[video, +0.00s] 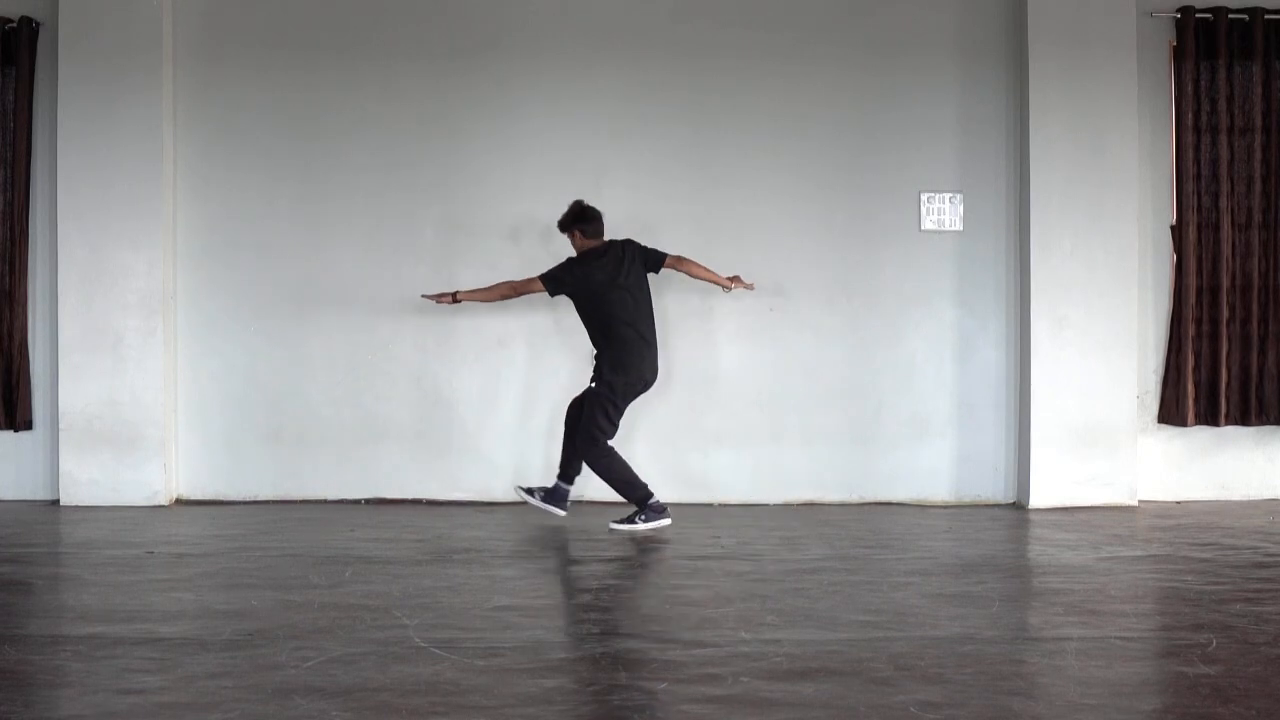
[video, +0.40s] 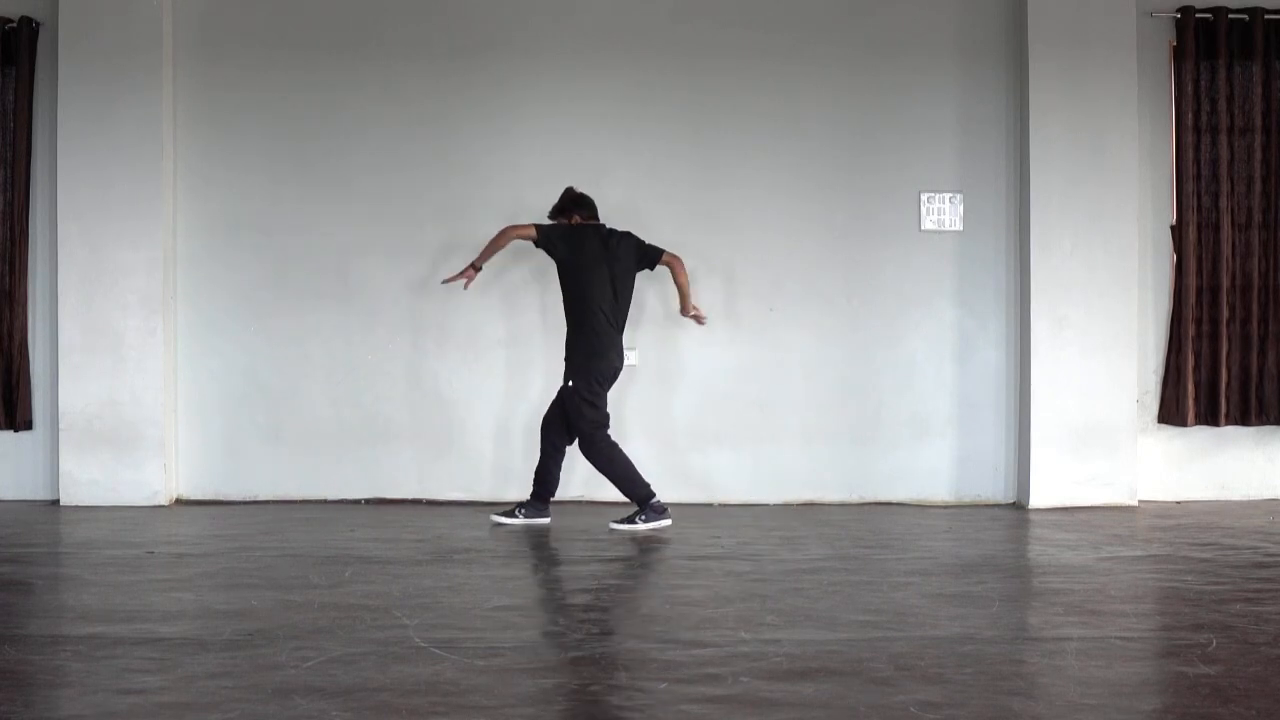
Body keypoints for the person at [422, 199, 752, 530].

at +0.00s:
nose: (570, 242)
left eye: (570, 236)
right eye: (571, 235)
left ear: (576, 234)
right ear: (601, 229)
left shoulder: (574, 269)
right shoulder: (631, 251)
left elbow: (516, 289)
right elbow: (682, 264)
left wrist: (462, 296)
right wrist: (725, 281)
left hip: (617, 371)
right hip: (644, 367)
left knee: (590, 442)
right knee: (577, 412)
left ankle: (650, 506)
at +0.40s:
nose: (558, 228)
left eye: (559, 222)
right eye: (558, 224)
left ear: (571, 219)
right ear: (593, 217)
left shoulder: (567, 236)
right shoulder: (626, 242)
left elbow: (512, 231)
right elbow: (675, 262)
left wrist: (476, 264)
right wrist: (687, 304)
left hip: (586, 357)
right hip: (610, 358)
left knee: (592, 439)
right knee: (555, 426)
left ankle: (651, 506)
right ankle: (538, 505)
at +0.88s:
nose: (612, 216)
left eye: (609, 209)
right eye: (605, 208)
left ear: (613, 212)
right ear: (590, 212)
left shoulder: (626, 245)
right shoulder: (573, 241)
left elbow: (644, 220)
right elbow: (557, 270)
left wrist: (611, 186)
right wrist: (588, 225)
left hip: (615, 366)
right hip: (568, 365)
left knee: (646, 436)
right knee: (529, 427)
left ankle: (662, 508)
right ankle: (535, 506)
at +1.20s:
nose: (536, 295)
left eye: (540, 288)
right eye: (530, 291)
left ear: (552, 281)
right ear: (524, 290)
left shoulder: (583, 294)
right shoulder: (526, 314)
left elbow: (636, 304)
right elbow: (526, 363)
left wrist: (688, 306)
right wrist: (528, 318)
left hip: (619, 394)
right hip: (574, 396)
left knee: (656, 440)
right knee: (520, 437)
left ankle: (665, 513)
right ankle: (523, 509)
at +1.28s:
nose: (522, 286)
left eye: (526, 276)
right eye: (517, 280)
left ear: (542, 271)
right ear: (514, 282)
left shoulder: (580, 286)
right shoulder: (524, 311)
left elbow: (626, 309)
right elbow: (506, 349)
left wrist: (672, 334)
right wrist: (504, 302)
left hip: (621, 385)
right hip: (576, 388)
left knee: (657, 441)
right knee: (523, 435)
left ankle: (665, 513)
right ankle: (523, 510)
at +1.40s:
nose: (548, 241)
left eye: (553, 233)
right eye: (541, 236)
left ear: (565, 233)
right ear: (534, 241)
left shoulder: (593, 254)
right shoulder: (536, 274)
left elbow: (641, 272)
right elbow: (515, 296)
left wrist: (642, 320)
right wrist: (525, 242)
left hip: (621, 369)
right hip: (574, 373)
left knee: (658, 432)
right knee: (533, 434)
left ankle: (666, 511)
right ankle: (524, 509)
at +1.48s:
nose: (577, 223)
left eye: (582, 216)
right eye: (569, 216)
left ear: (590, 215)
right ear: (555, 216)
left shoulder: (605, 241)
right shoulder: (549, 248)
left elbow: (653, 270)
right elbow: (551, 281)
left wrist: (607, 275)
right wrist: (571, 237)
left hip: (621, 363)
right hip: (572, 365)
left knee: (658, 428)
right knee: (535, 431)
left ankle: (666, 511)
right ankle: (525, 509)